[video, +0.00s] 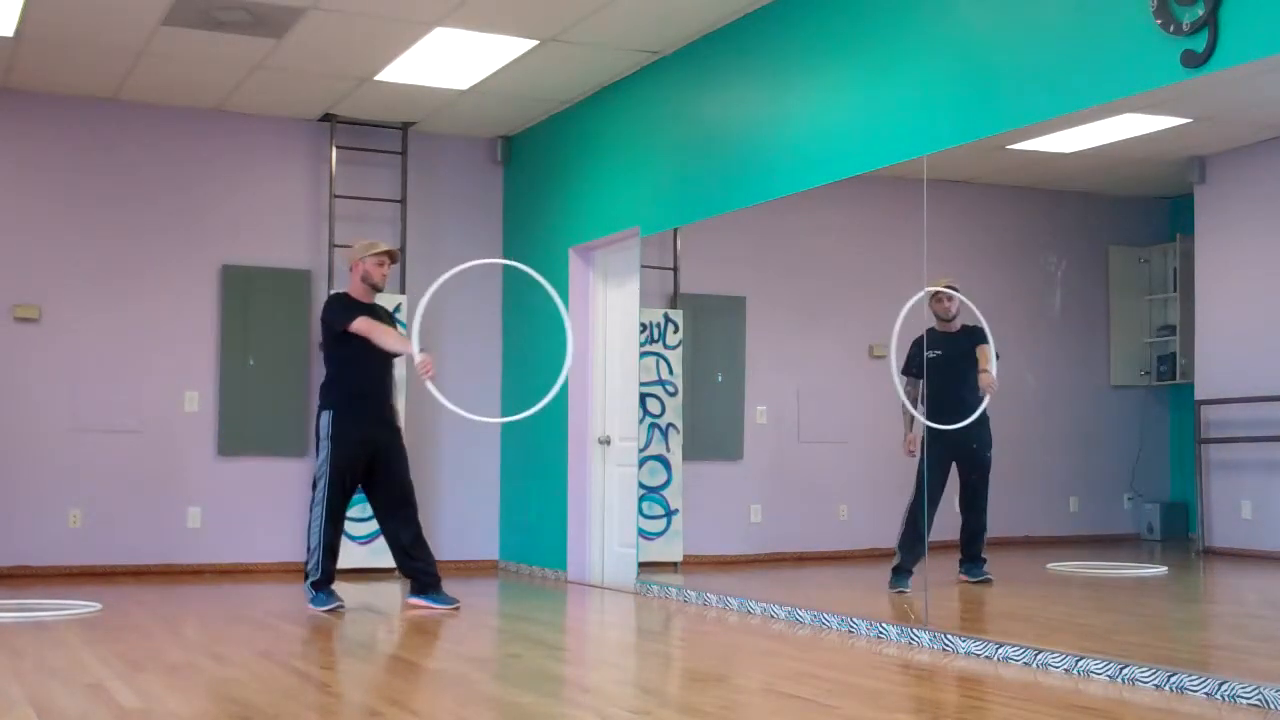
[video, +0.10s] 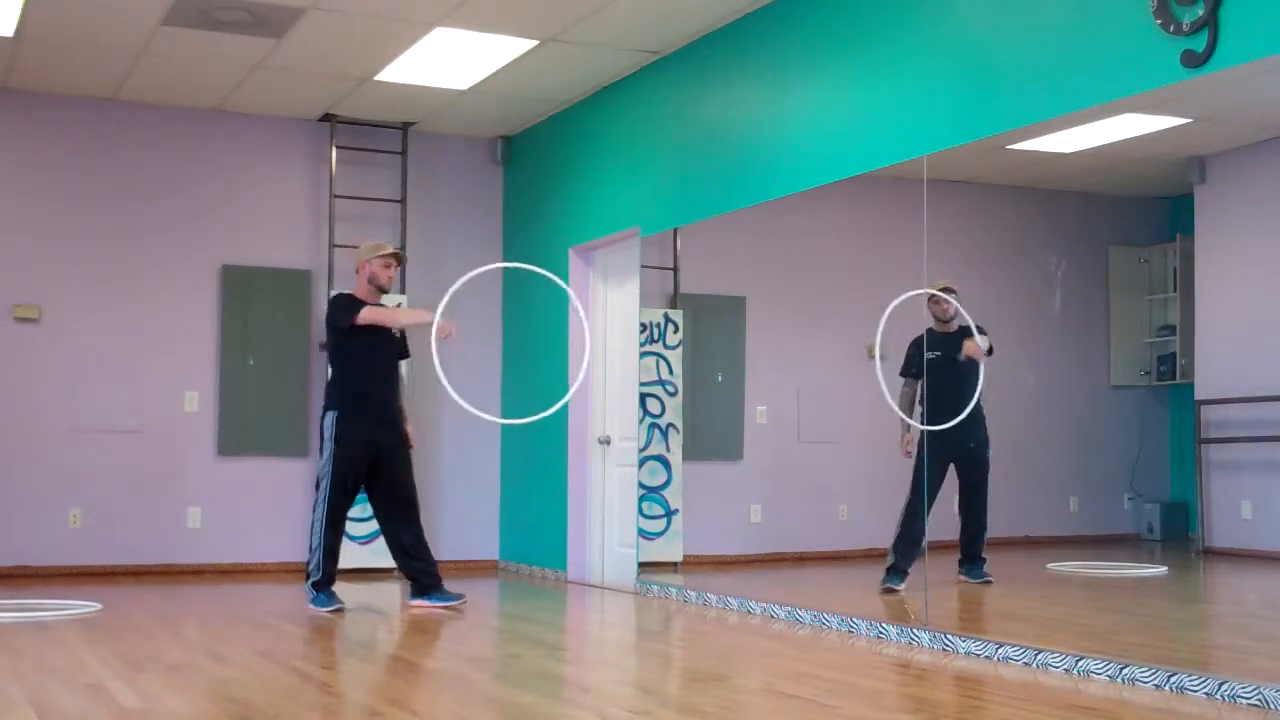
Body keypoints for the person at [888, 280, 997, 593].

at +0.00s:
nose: (945, 304)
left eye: (950, 299)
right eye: (938, 300)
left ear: (959, 304)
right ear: (930, 307)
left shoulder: (975, 333)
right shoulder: (922, 343)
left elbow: (984, 355)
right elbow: (910, 391)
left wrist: (984, 372)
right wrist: (909, 430)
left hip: (974, 430)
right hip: (937, 433)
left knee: (975, 502)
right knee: (923, 502)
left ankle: (972, 565)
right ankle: (902, 571)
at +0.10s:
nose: (942, 306)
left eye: (947, 301)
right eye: (935, 302)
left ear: (957, 305)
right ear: (929, 308)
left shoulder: (972, 332)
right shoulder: (921, 344)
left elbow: (984, 344)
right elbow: (909, 390)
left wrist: (976, 347)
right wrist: (906, 429)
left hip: (971, 431)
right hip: (935, 433)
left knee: (974, 503)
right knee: (918, 503)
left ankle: (972, 565)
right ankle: (897, 571)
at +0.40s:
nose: (933, 301)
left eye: (937, 296)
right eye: (927, 296)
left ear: (942, 300)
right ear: (915, 300)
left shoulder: (952, 334)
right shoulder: (899, 338)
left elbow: (980, 351)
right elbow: (883, 386)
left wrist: (982, 319)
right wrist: (883, 427)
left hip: (945, 430)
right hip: (909, 432)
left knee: (957, 499)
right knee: (906, 503)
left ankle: (941, 562)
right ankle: (894, 572)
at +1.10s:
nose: (920, 302)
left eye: (920, 297)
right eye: (914, 297)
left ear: (908, 303)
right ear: (895, 302)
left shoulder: (922, 341)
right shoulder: (869, 336)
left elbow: (951, 378)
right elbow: (845, 377)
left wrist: (966, 355)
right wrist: (836, 415)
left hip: (912, 436)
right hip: (877, 436)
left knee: (915, 505)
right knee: (864, 507)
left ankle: (915, 570)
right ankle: (848, 575)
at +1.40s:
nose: (911, 302)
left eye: (912, 297)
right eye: (904, 297)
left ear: (910, 302)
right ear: (886, 300)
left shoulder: (915, 339)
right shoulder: (860, 335)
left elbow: (931, 373)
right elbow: (837, 375)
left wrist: (928, 377)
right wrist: (835, 412)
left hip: (905, 433)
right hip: (868, 433)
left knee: (910, 506)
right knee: (855, 506)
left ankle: (913, 572)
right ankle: (840, 575)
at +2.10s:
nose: (864, 297)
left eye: (866, 292)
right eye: (857, 293)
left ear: (870, 296)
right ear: (843, 298)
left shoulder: (879, 329)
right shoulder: (825, 337)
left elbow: (889, 347)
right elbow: (807, 384)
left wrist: (886, 356)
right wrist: (806, 424)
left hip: (880, 430)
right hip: (844, 433)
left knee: (899, 496)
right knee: (844, 506)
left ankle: (873, 560)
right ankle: (834, 574)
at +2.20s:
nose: (866, 296)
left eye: (868, 291)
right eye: (859, 292)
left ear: (871, 297)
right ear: (843, 297)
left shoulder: (878, 330)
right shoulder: (825, 335)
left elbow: (900, 338)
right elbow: (805, 380)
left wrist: (887, 332)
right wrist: (800, 422)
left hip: (875, 432)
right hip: (839, 433)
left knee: (888, 498)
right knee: (834, 502)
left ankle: (863, 567)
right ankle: (821, 572)